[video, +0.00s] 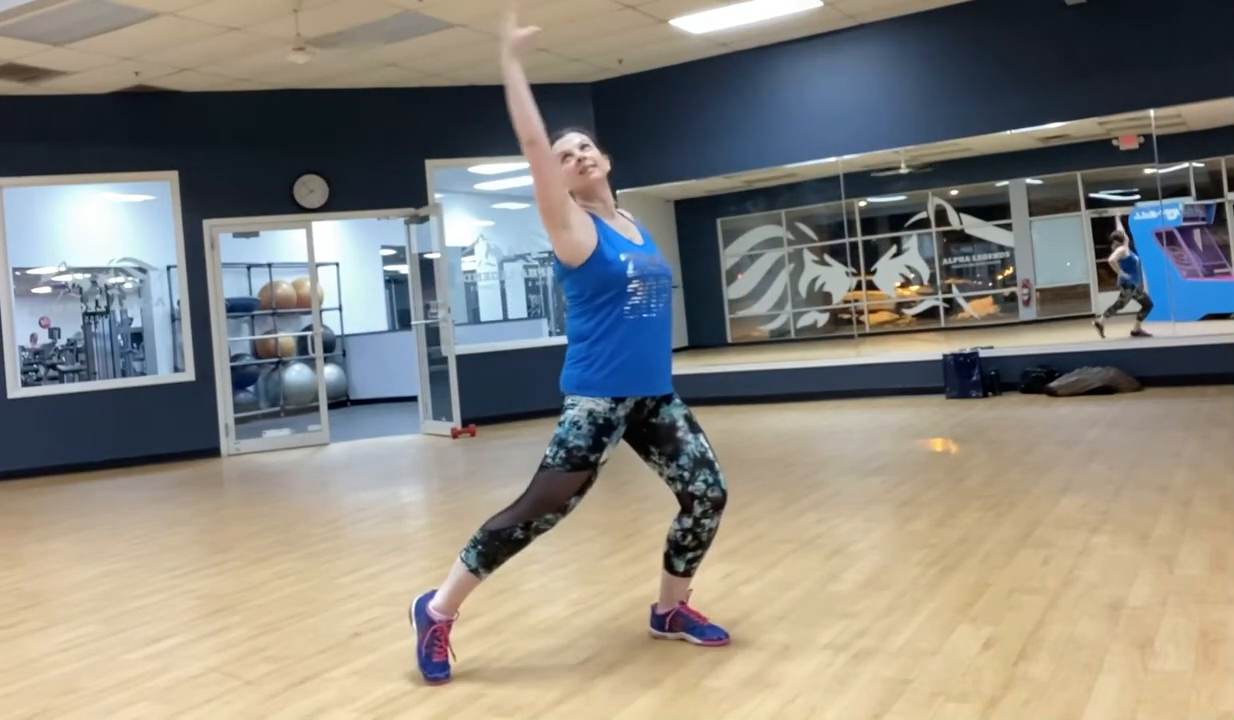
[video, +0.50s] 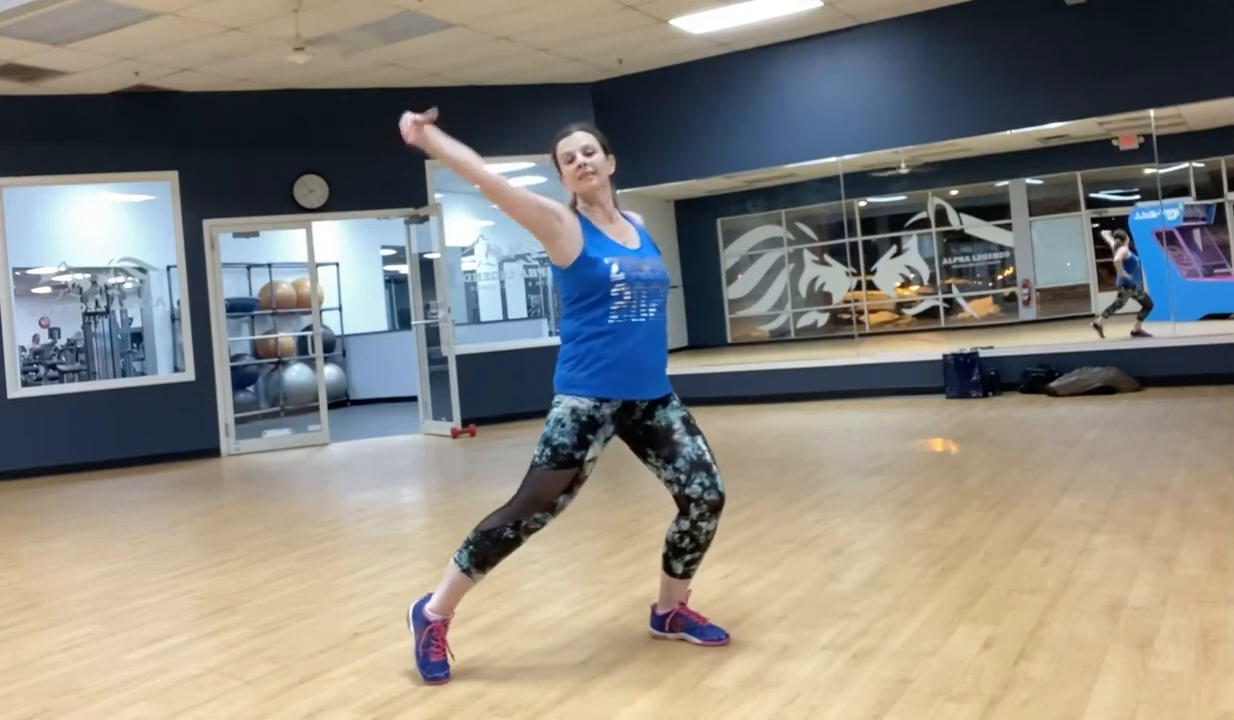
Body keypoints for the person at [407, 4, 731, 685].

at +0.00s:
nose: (583, 157)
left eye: (587, 148)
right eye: (567, 155)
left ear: (606, 161)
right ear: (557, 180)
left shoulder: (628, 223)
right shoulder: (571, 229)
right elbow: (535, 145)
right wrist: (512, 60)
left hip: (653, 397)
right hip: (595, 402)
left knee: (707, 496)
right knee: (539, 511)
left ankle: (671, 608)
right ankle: (437, 612)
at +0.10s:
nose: (579, 159)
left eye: (585, 149)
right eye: (565, 158)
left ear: (605, 161)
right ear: (557, 180)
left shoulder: (629, 226)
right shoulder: (569, 230)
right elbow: (521, 147)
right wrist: (484, 60)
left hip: (652, 397)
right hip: (594, 402)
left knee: (708, 495)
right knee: (540, 509)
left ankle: (671, 608)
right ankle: (435, 612)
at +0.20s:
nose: (577, 160)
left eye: (583, 150)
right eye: (565, 160)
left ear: (605, 164)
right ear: (558, 182)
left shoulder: (631, 227)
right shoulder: (566, 230)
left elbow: (634, 302)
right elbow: (510, 160)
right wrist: (455, 86)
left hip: (652, 397)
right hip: (593, 400)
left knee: (707, 493)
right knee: (543, 504)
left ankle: (672, 609)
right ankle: (432, 613)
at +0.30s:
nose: (579, 161)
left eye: (584, 151)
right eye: (566, 160)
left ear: (605, 162)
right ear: (560, 180)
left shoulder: (631, 227)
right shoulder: (564, 228)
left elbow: (633, 303)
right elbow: (502, 161)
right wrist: (439, 88)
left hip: (653, 396)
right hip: (592, 399)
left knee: (707, 494)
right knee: (544, 501)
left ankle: (671, 610)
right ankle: (432, 613)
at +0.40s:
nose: (578, 161)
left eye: (587, 152)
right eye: (567, 160)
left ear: (609, 164)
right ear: (561, 180)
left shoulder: (629, 224)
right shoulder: (563, 227)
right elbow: (494, 170)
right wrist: (430, 115)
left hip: (651, 394)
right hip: (588, 398)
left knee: (706, 496)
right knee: (537, 506)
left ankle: (671, 610)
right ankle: (433, 612)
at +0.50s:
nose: (580, 161)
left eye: (588, 151)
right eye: (568, 159)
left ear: (609, 161)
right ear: (561, 176)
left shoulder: (634, 226)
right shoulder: (562, 225)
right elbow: (488, 180)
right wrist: (428, 137)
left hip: (651, 394)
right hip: (587, 397)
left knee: (705, 496)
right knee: (535, 507)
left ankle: (670, 609)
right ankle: (434, 612)